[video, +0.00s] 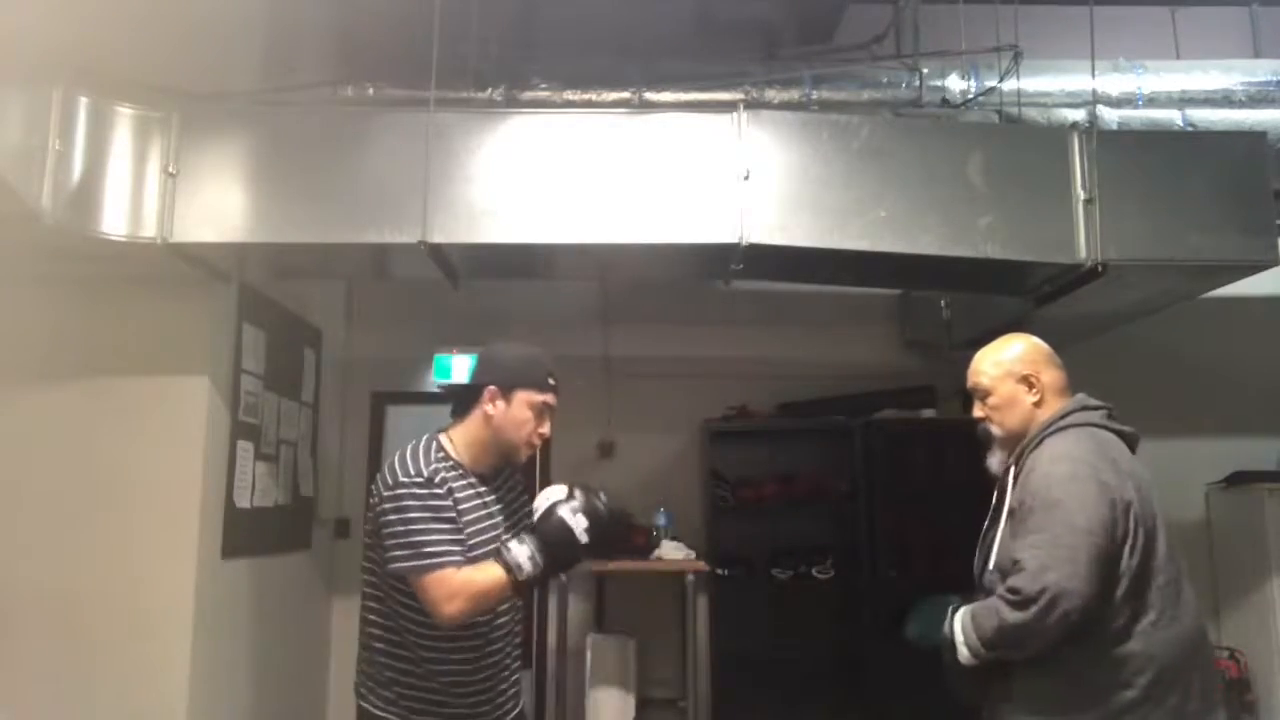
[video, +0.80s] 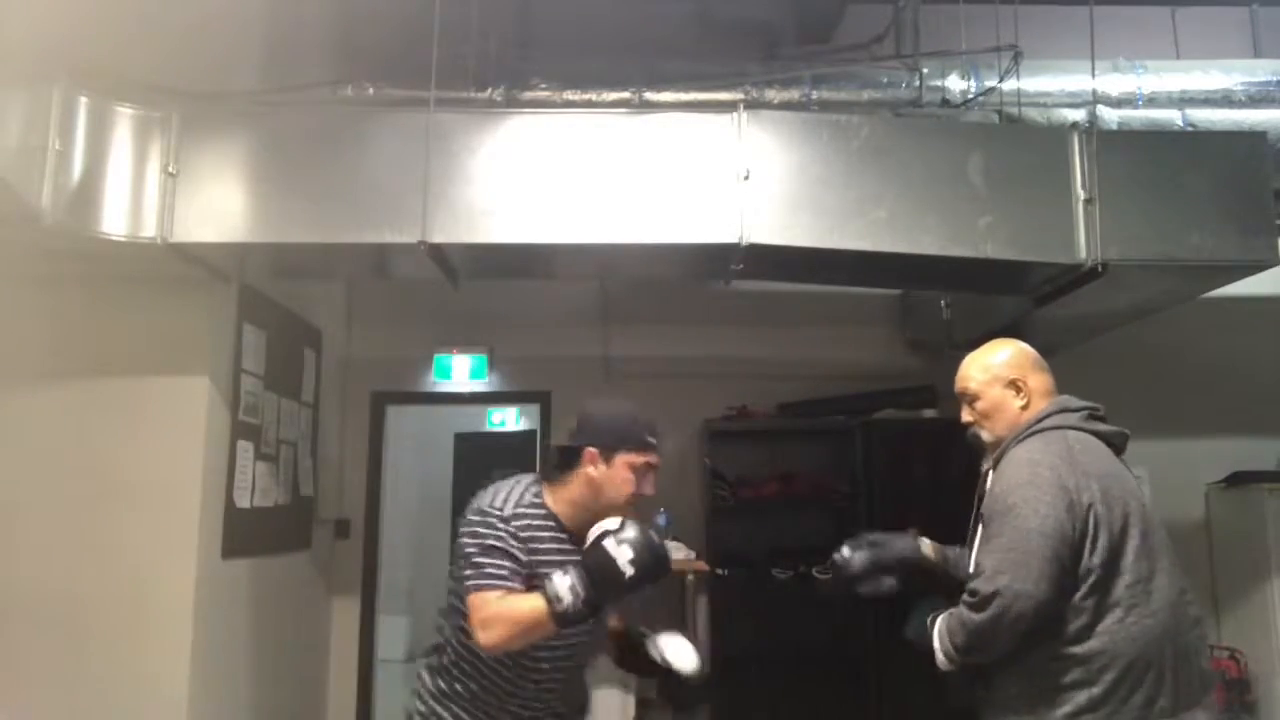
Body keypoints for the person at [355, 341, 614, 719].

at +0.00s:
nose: (547, 431)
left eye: (550, 416)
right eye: (539, 411)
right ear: (492, 401)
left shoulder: (503, 475)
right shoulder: (413, 480)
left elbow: (512, 572)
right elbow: (448, 602)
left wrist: (571, 533)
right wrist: (537, 550)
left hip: (500, 703)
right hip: (418, 709)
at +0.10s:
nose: (546, 441)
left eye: (550, 426)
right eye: (538, 421)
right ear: (491, 410)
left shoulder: (501, 482)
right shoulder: (415, 484)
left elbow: (510, 576)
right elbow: (451, 606)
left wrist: (573, 575)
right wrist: (542, 552)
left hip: (499, 705)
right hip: (417, 710)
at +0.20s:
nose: (561, 455)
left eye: (564, 440)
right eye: (553, 435)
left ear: (507, 428)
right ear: (506, 425)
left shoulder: (509, 497)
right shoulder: (424, 491)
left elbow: (507, 602)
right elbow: (461, 603)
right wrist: (552, 544)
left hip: (499, 706)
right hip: (418, 709)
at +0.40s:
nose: (645, 487)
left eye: (649, 475)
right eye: (636, 470)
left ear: (612, 462)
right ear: (595, 452)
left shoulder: (621, 517)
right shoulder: (497, 484)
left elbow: (685, 573)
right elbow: (473, 566)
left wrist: (752, 596)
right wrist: (579, 524)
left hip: (536, 705)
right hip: (443, 701)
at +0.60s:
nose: (688, 511)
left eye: (693, 499)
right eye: (682, 494)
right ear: (636, 480)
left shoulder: (667, 555)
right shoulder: (539, 511)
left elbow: (713, 616)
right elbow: (509, 612)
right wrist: (608, 562)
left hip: (585, 713)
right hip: (476, 710)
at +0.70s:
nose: (673, 506)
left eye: (677, 491)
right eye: (666, 487)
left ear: (621, 477)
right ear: (620, 474)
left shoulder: (632, 541)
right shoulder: (524, 515)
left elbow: (640, 624)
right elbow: (504, 623)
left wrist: (694, 657)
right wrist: (598, 576)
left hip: (580, 711)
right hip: (480, 710)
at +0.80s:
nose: (649, 491)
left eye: (653, 474)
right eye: (639, 471)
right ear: (593, 462)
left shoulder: (601, 531)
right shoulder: (498, 512)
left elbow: (602, 624)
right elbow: (490, 630)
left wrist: (643, 650)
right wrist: (590, 582)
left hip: (556, 710)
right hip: (465, 710)